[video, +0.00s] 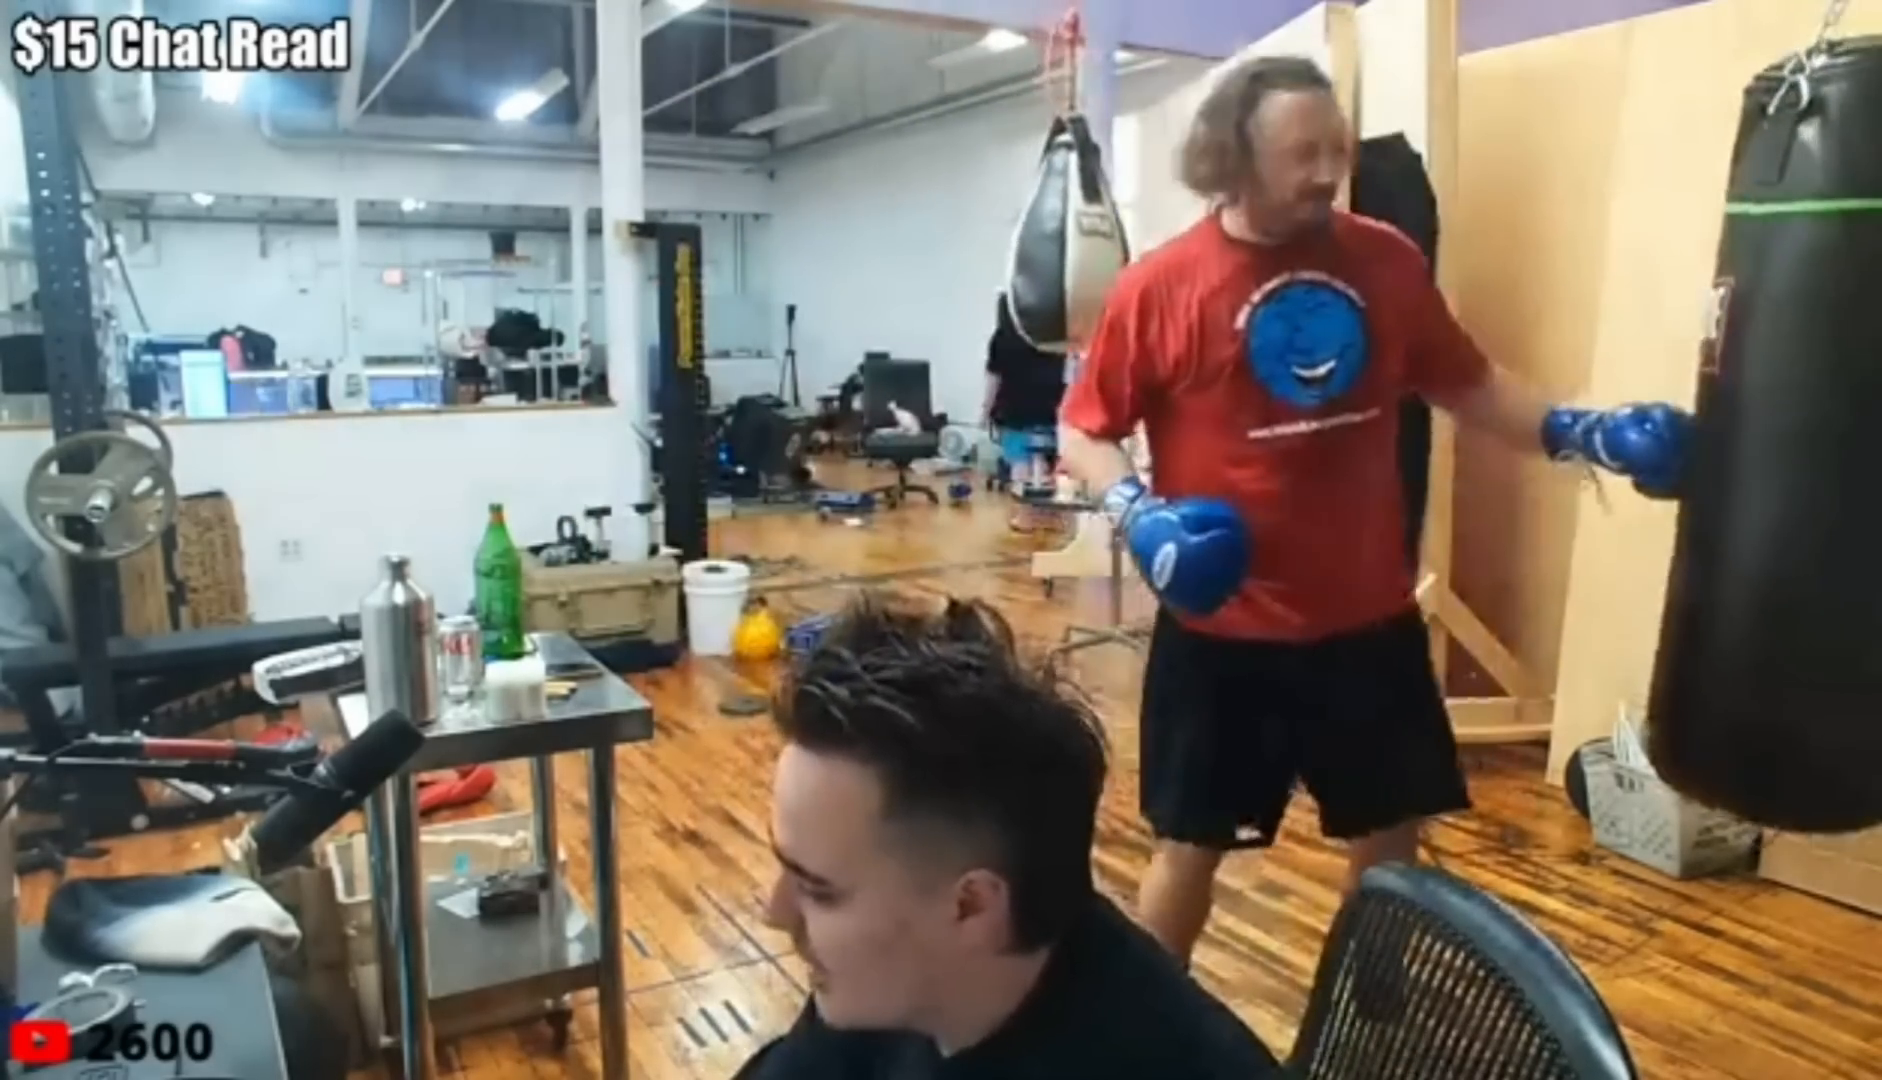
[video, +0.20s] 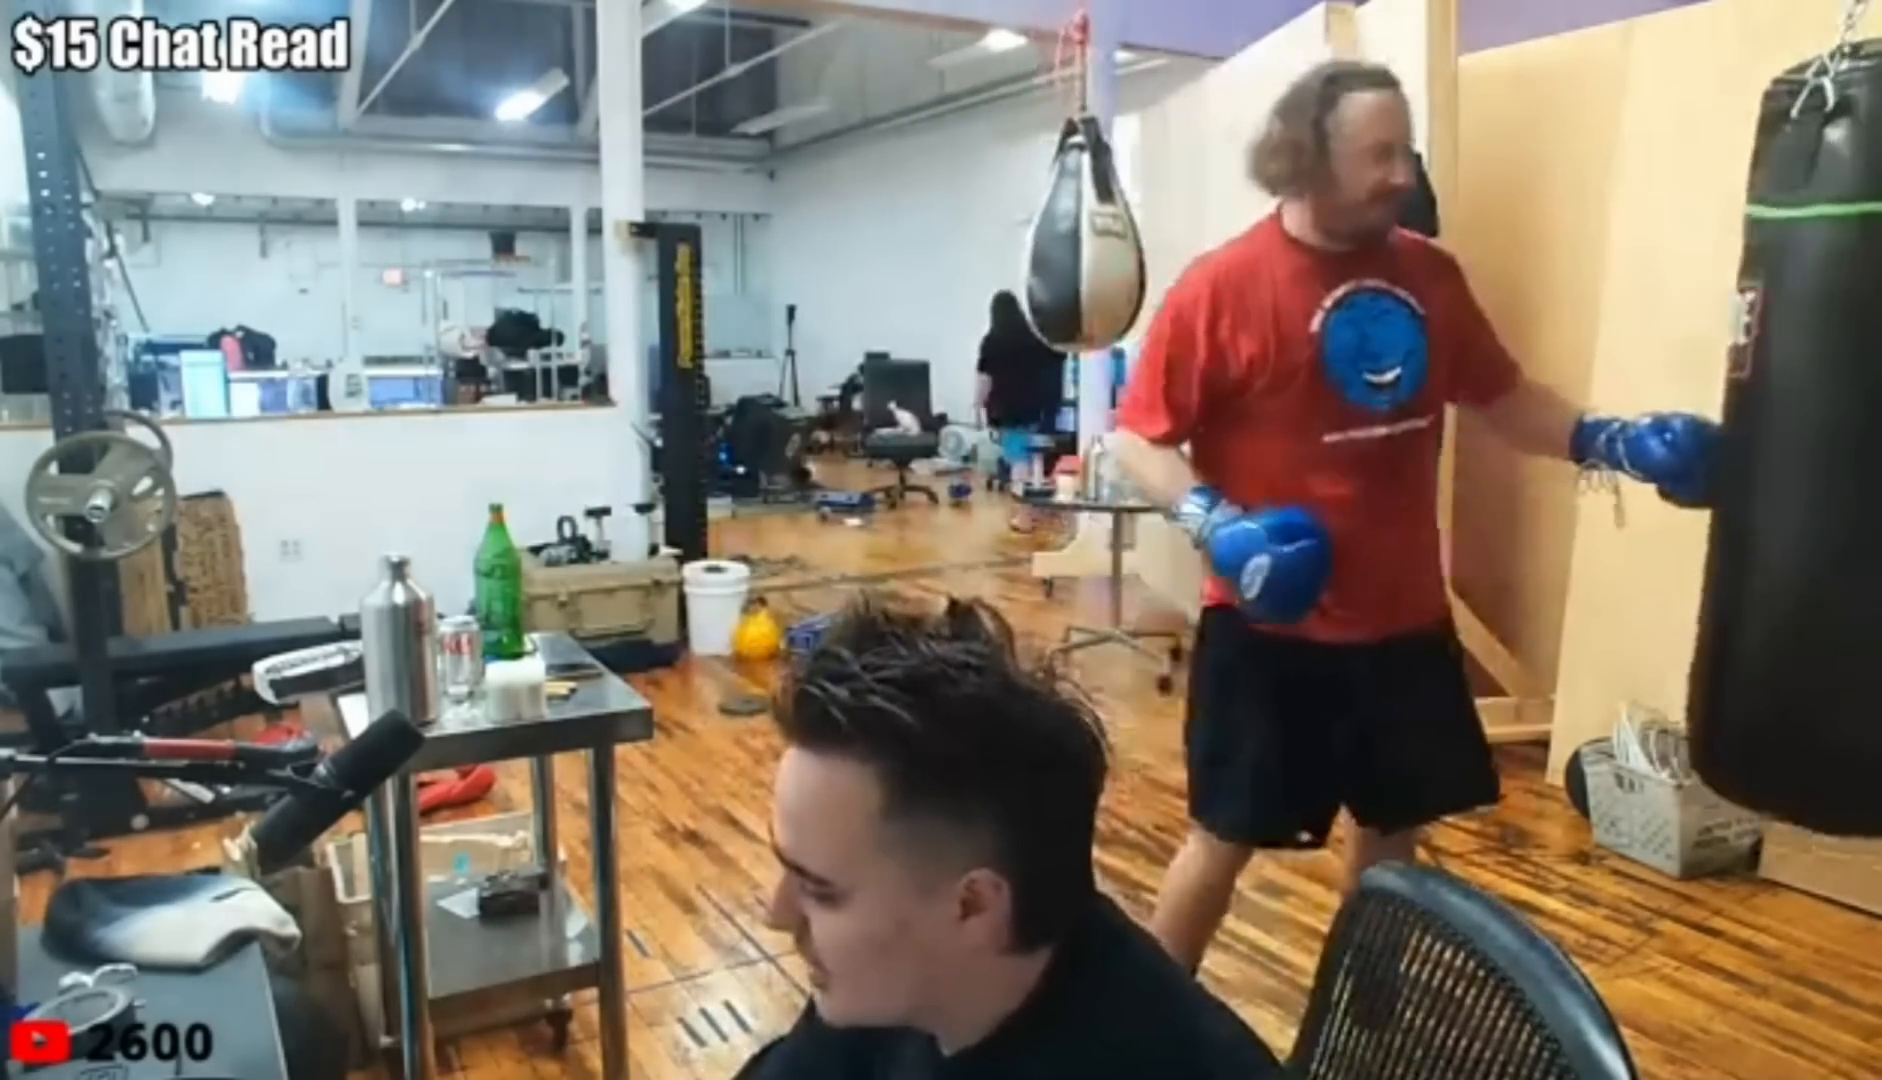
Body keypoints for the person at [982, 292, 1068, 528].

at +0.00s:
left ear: (1005, 311)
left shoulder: (1005, 338)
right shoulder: (1054, 339)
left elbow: (993, 381)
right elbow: (1066, 380)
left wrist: (987, 412)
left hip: (1013, 417)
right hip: (1050, 417)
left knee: (1019, 473)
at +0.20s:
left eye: (994, 313)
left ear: (994, 313)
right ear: (1018, 309)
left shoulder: (994, 340)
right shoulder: (1041, 334)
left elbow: (985, 378)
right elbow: (1056, 374)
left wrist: (981, 404)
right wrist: (1053, 405)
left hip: (1009, 410)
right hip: (1041, 408)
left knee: (1018, 461)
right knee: (1038, 457)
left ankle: (1021, 512)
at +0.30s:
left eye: (993, 313)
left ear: (991, 313)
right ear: (1015, 311)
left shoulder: (990, 340)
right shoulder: (1033, 338)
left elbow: (979, 380)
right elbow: (1047, 377)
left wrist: (979, 413)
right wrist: (1047, 407)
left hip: (1001, 410)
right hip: (1030, 408)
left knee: (1014, 461)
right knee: (1029, 458)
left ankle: (1022, 512)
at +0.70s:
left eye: (979, 311)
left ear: (980, 312)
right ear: (1003, 308)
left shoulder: (978, 335)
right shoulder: (1021, 334)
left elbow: (968, 375)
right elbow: (1031, 366)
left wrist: (964, 407)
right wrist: (1025, 390)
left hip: (984, 408)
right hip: (1015, 406)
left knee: (985, 463)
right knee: (1007, 462)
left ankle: (991, 510)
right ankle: (1005, 509)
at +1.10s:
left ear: (958, 313)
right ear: (981, 311)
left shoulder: (957, 339)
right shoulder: (998, 336)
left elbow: (950, 378)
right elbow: (1010, 367)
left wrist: (946, 409)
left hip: (964, 408)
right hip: (995, 407)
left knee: (958, 458)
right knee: (995, 457)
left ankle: (955, 502)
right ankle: (1002, 508)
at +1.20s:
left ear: (952, 311)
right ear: (976, 310)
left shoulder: (950, 336)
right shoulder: (989, 331)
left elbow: (942, 373)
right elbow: (1005, 360)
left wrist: (939, 405)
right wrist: (987, 366)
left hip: (958, 404)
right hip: (986, 403)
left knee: (955, 455)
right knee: (991, 454)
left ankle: (954, 499)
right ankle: (994, 493)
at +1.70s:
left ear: (954, 315)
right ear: (976, 314)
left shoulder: (945, 339)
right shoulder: (985, 337)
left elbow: (928, 372)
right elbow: (1005, 353)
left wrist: (930, 404)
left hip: (952, 407)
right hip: (980, 406)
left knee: (950, 457)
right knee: (979, 456)